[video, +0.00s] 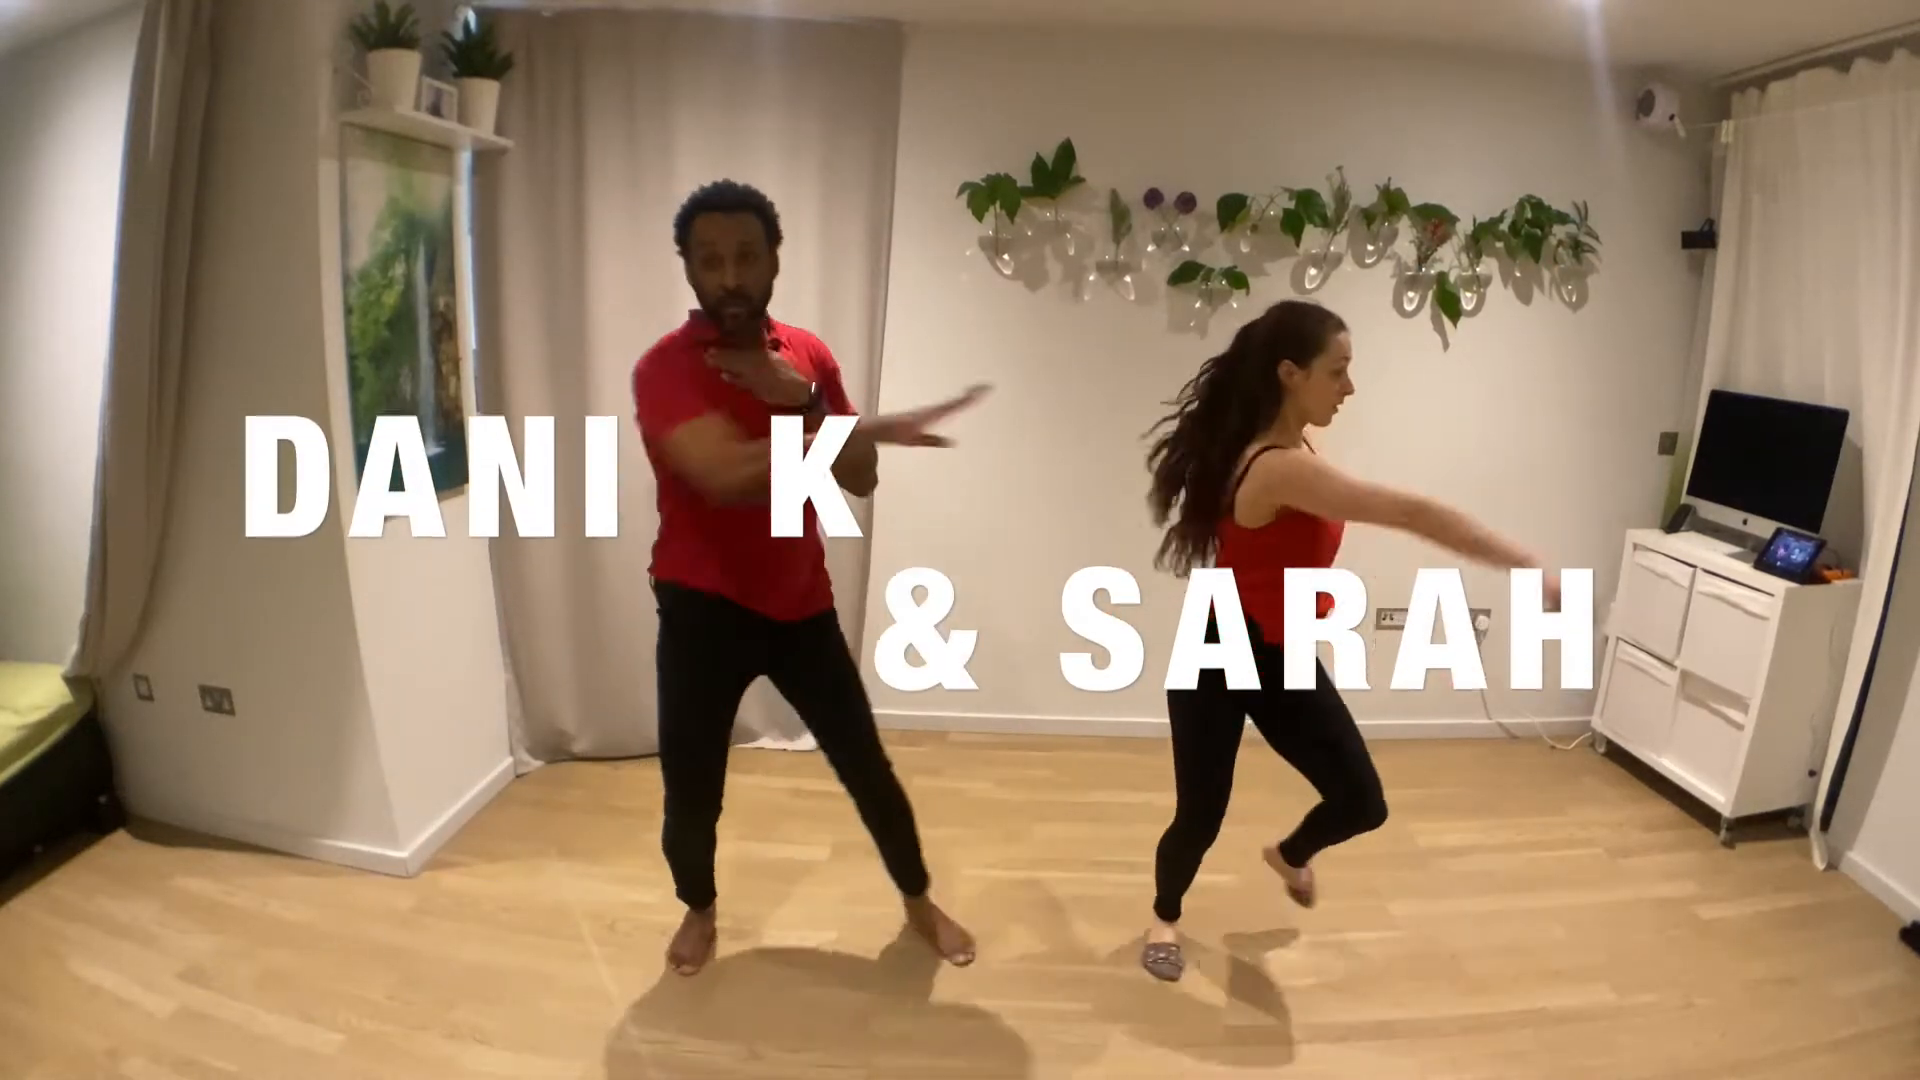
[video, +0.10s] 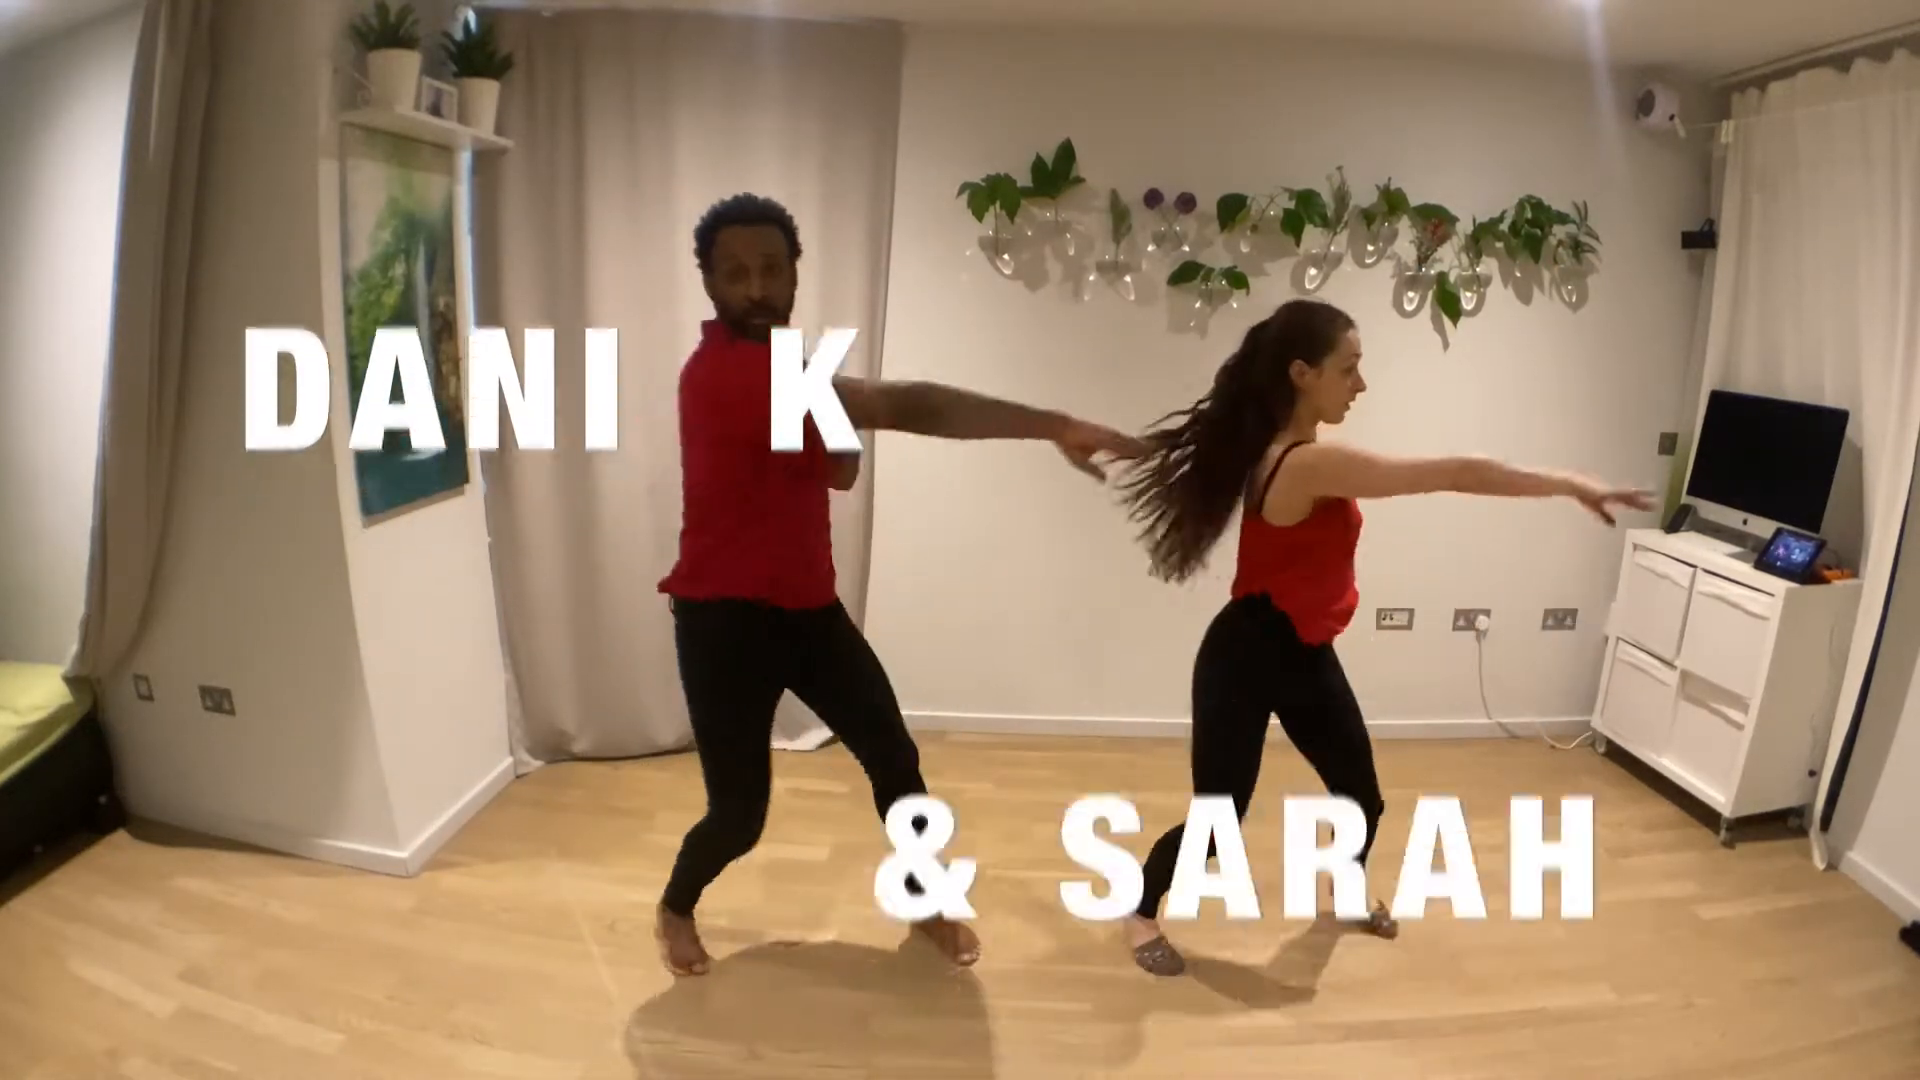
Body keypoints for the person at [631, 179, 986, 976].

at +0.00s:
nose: (727, 280)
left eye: (745, 260)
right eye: (707, 261)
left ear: (775, 264)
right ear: (687, 269)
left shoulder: (807, 356)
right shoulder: (665, 370)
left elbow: (859, 480)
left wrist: (802, 401)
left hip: (797, 604)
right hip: (702, 607)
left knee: (865, 766)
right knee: (689, 783)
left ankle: (920, 903)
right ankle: (697, 910)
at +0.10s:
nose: (757, 290)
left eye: (773, 271)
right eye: (735, 273)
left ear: (796, 276)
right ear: (706, 282)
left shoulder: (787, 367)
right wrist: (1053, 426)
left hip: (810, 612)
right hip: (724, 616)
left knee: (895, 762)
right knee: (738, 820)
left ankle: (928, 898)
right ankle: (675, 904)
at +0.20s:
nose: (789, 295)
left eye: (803, 276)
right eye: (766, 278)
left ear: (822, 280)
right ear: (734, 288)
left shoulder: (810, 380)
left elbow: (840, 478)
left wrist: (863, 419)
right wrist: (1035, 399)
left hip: (811, 612)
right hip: (731, 618)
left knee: (906, 750)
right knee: (758, 817)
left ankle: (923, 897)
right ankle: (667, 910)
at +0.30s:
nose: (786, 293)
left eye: (803, 274)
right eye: (767, 277)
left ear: (830, 282)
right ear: (742, 285)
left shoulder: (840, 372)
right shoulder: (727, 369)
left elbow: (913, 473)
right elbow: (789, 446)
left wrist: (908, 434)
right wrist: (892, 380)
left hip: (821, 609)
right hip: (731, 611)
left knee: (910, 758)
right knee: (740, 810)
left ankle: (924, 901)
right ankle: (671, 913)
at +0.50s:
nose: (734, 294)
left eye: (754, 275)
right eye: (721, 276)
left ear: (792, 283)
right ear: (709, 281)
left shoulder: (843, 373)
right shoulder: (711, 353)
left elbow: (972, 387)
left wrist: (1096, 391)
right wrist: (655, 322)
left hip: (824, 625)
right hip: (725, 614)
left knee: (884, 793)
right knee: (648, 778)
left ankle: (1011, 883)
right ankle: (658, 890)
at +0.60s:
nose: (707, 312)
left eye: (726, 292)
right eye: (696, 294)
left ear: (764, 298)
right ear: (687, 301)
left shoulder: (812, 380)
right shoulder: (713, 373)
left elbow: (928, 382)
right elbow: (701, 354)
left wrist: (1062, 391)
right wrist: (687, 338)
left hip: (814, 633)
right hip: (726, 628)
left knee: (880, 802)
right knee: (641, 775)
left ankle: (1028, 898)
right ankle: (661, 880)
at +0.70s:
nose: (711, 317)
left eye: (729, 299)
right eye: (697, 299)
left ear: (766, 303)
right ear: (684, 305)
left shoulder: (815, 388)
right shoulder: (695, 382)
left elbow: (913, 412)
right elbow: (641, 395)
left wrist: (992, 409)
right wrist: (644, 349)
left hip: (820, 636)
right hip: (723, 635)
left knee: (895, 796)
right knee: (645, 789)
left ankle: (1030, 893)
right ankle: (658, 888)